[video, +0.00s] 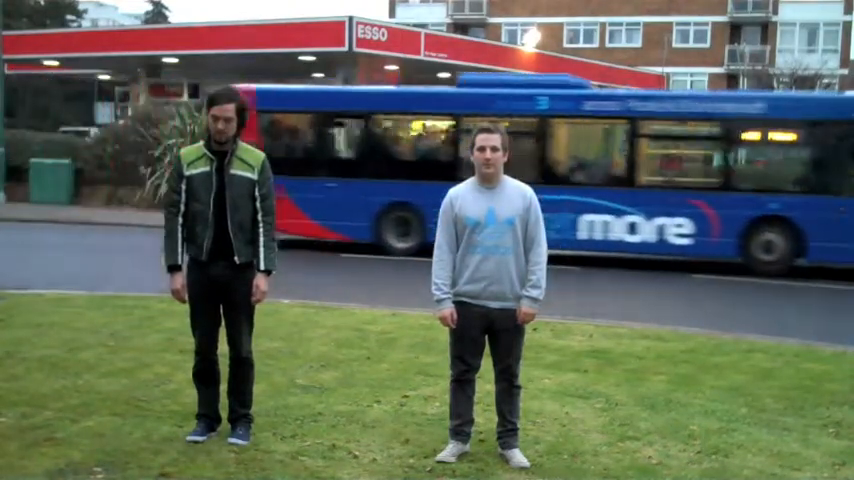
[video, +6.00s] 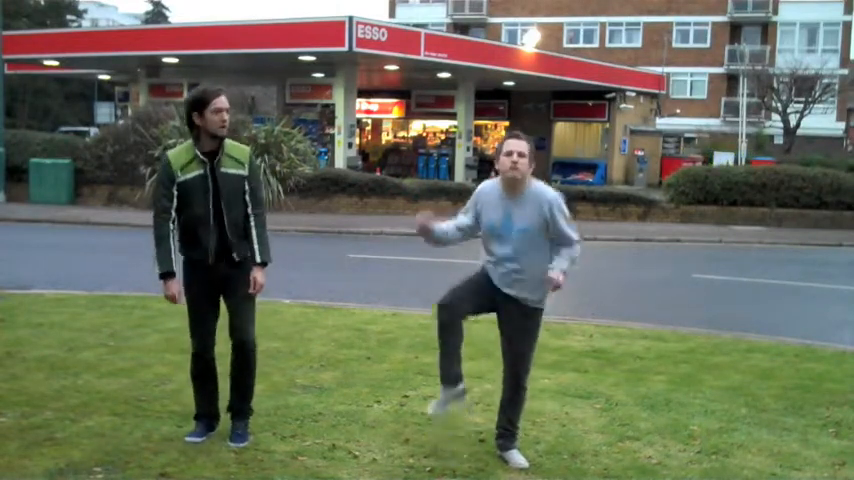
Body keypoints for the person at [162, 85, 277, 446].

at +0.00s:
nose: (221, 126)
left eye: (228, 120)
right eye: (216, 119)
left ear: (239, 122)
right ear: (206, 119)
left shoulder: (256, 162)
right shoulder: (185, 160)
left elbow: (266, 220)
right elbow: (173, 216)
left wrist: (264, 270)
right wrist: (175, 269)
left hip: (241, 270)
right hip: (200, 269)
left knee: (240, 350)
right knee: (204, 349)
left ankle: (241, 421)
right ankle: (206, 418)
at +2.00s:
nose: (212, 128)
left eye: (220, 123)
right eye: (210, 121)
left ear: (240, 125)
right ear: (208, 121)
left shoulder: (263, 164)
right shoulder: (192, 161)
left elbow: (272, 221)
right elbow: (177, 216)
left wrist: (268, 272)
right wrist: (173, 268)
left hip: (246, 272)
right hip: (205, 269)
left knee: (244, 351)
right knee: (194, 346)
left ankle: (240, 420)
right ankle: (205, 416)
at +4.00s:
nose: (207, 117)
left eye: (214, 113)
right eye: (208, 111)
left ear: (234, 118)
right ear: (218, 118)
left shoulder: (265, 166)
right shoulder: (197, 158)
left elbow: (272, 225)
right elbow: (181, 212)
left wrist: (261, 276)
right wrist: (175, 263)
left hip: (244, 272)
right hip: (204, 268)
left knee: (243, 353)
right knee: (185, 336)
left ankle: (239, 419)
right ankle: (198, 410)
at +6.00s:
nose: (226, 117)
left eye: (227, 111)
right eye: (218, 112)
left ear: (228, 115)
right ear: (198, 117)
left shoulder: (244, 158)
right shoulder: (173, 162)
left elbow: (257, 214)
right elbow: (163, 220)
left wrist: (261, 263)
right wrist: (168, 274)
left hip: (239, 267)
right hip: (198, 269)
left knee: (245, 341)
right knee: (201, 346)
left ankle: (240, 418)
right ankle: (205, 418)